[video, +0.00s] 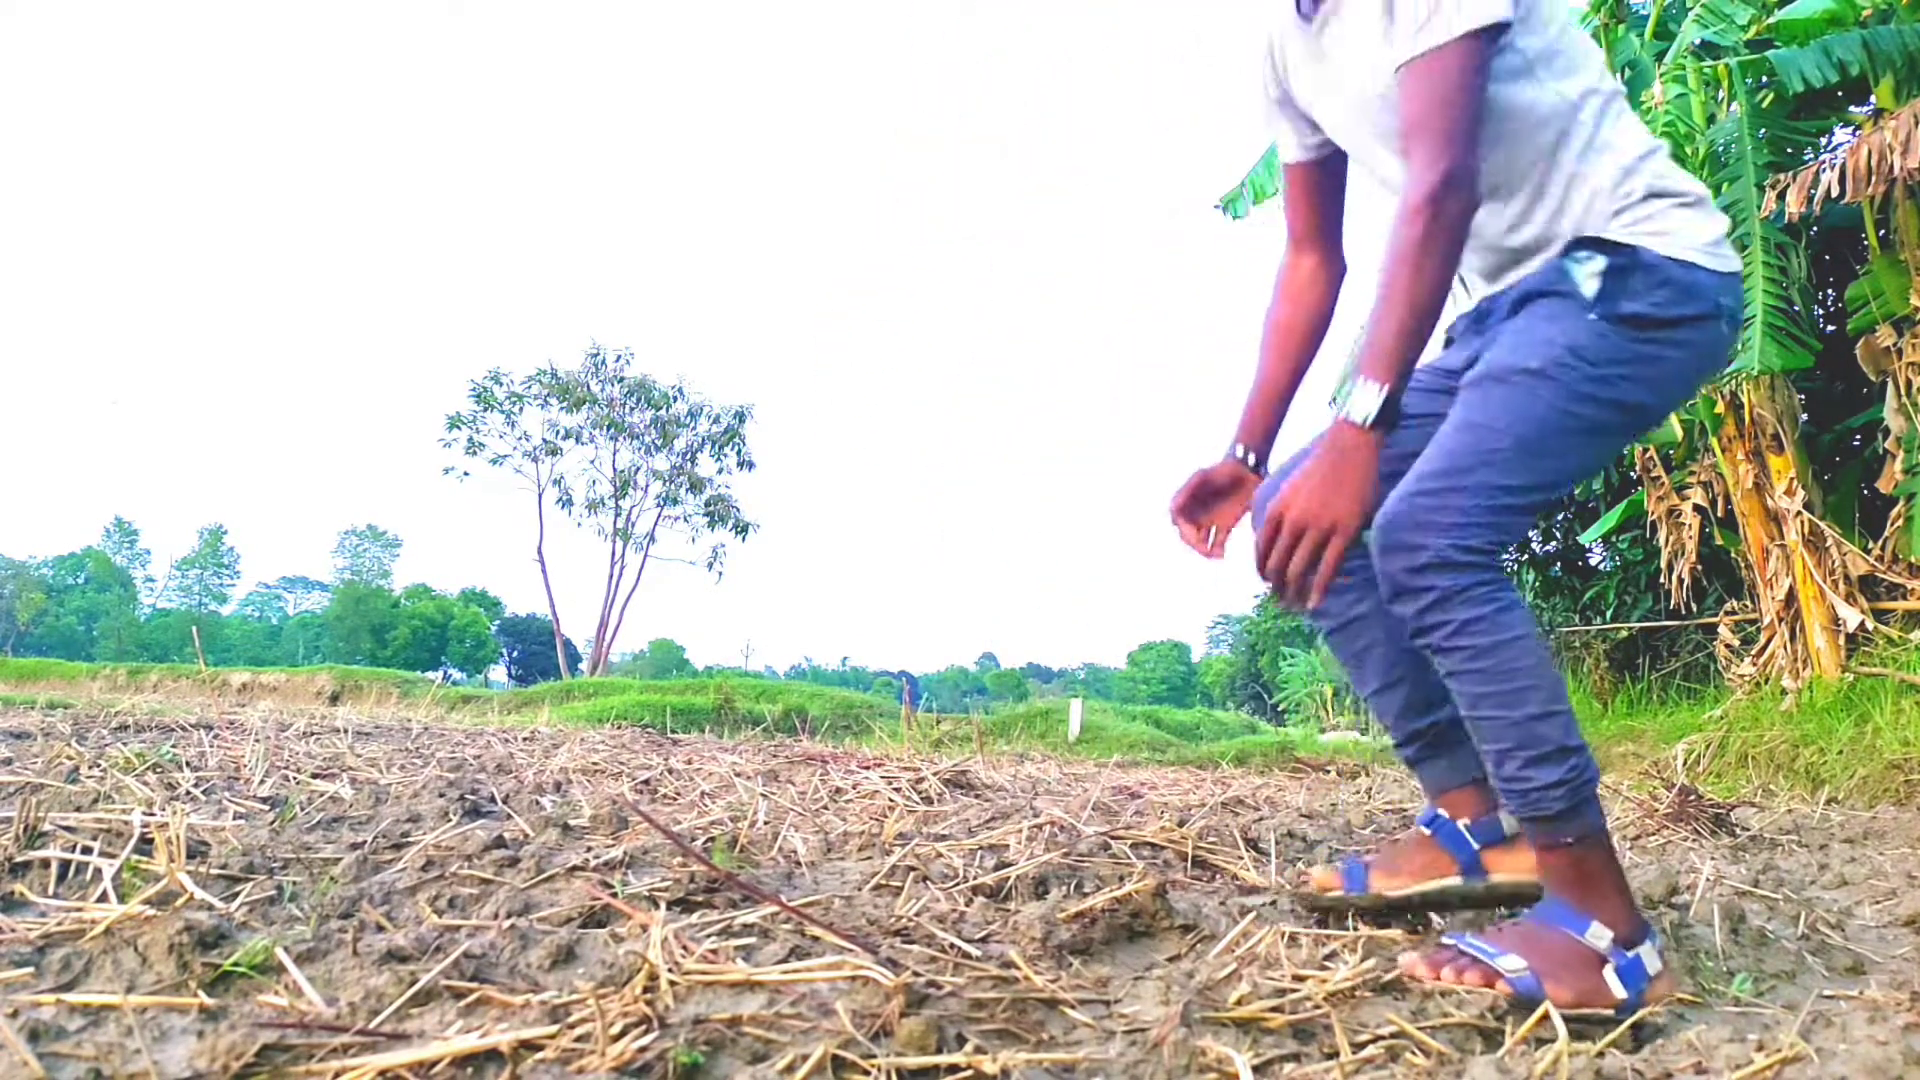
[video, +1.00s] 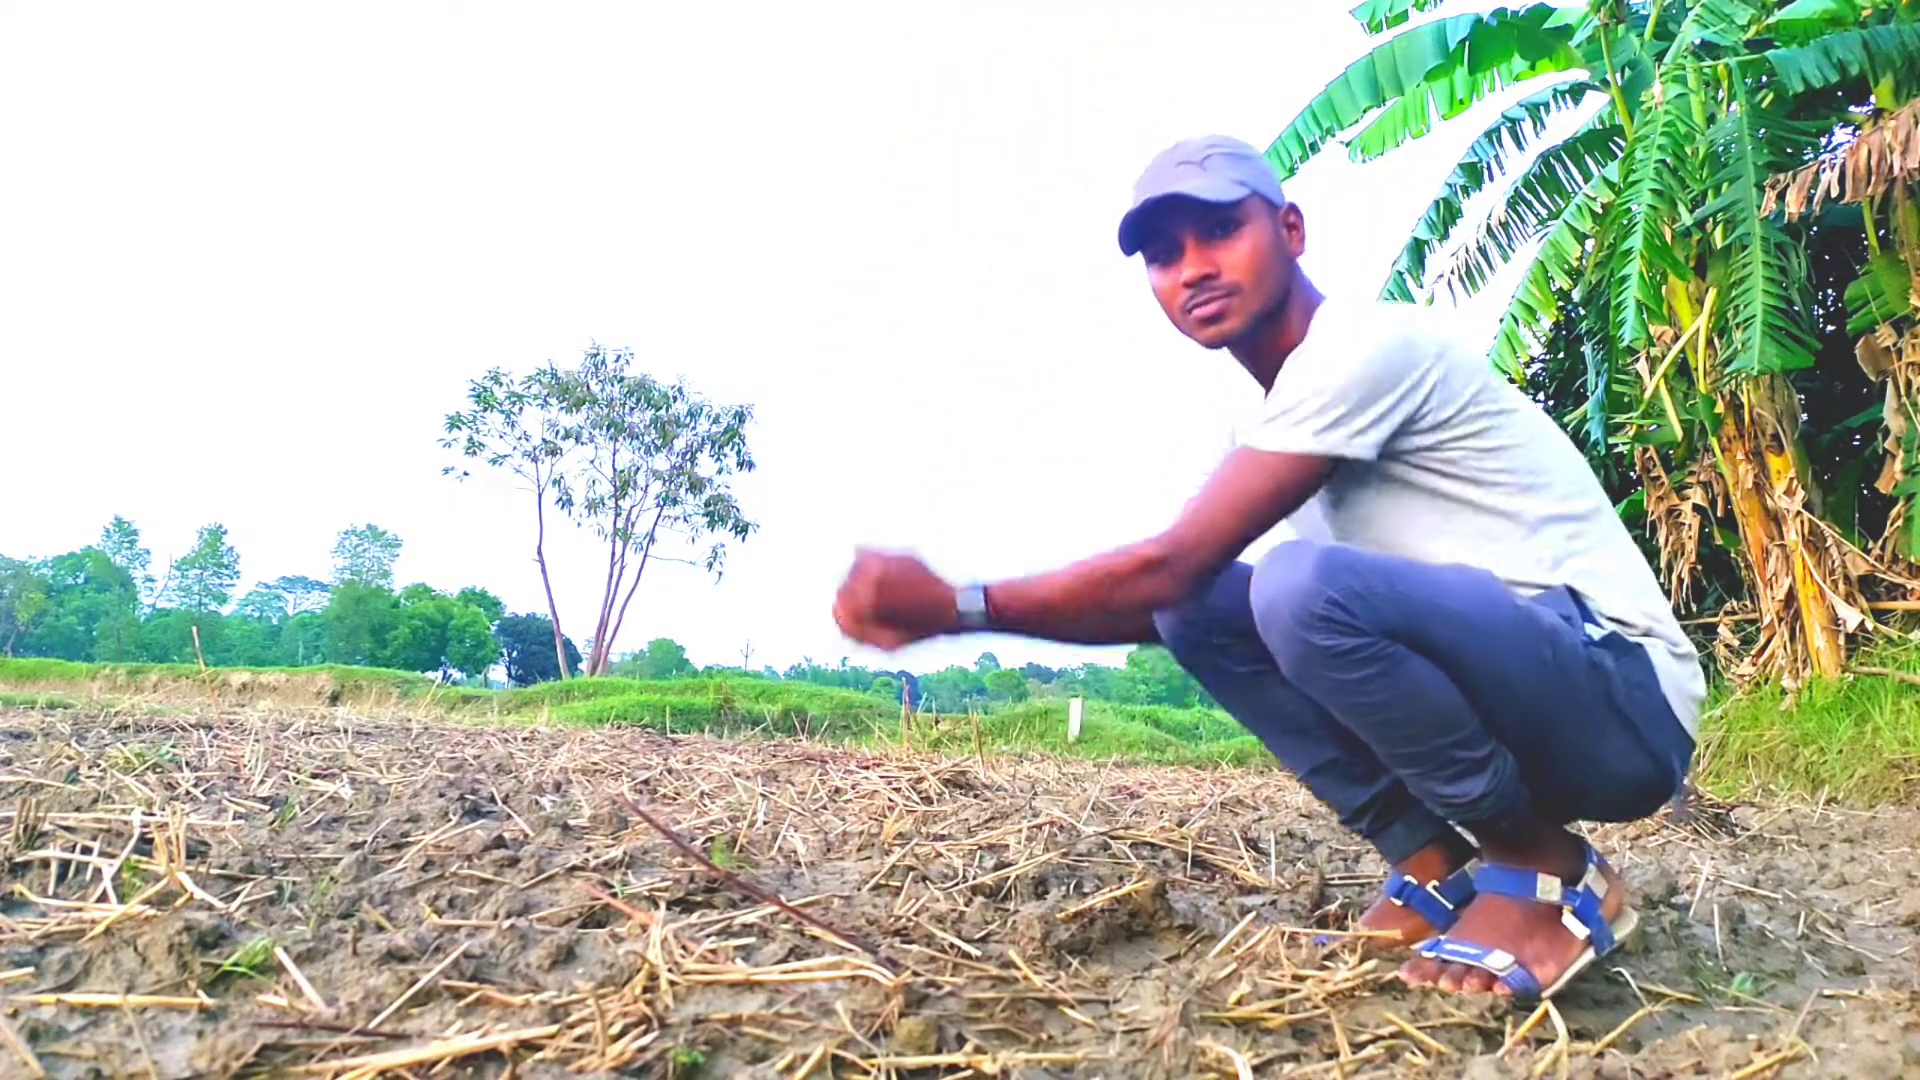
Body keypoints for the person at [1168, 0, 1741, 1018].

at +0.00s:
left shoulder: (1439, 4)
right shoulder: (1289, 37)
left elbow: (1441, 190)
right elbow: (1310, 251)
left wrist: (1357, 427)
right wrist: (1249, 450)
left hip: (1631, 268)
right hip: (1506, 303)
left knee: (1426, 541)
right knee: (1310, 531)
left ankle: (1599, 921)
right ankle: (1477, 825)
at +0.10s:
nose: (1179, 55)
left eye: (1180, 18)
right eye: (1157, 39)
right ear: (1162, 42)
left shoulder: (1418, 24)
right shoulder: (1276, 129)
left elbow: (1364, 300)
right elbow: (1275, 344)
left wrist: (1272, 538)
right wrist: (1208, 549)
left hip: (1693, 299)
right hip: (1564, 326)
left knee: (1442, 543)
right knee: (1332, 530)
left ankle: (1607, 926)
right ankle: (1472, 861)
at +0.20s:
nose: (1186, 140)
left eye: (1190, 91)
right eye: (1153, 129)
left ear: (1257, 40)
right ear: (1147, 149)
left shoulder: (1408, 103)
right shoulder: (1267, 230)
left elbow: (1321, 392)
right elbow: (1231, 436)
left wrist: (1187, 614)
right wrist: (1142, 621)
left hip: (1714, 346)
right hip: (1583, 374)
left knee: (1438, 541)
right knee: (1332, 531)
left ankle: (1603, 924)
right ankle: (1471, 875)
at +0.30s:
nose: (1185, 259)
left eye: (1191, 211)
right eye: (1149, 250)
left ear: (1251, 168)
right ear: (1142, 270)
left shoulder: (1386, 222)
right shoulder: (1262, 335)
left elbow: (1265, 512)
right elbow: (1192, 523)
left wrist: (1087, 701)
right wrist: (1060, 687)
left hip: (1720, 457)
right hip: (1596, 469)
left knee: (1424, 543)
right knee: (1310, 552)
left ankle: (1581, 917)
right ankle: (1463, 880)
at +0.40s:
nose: (1175, 334)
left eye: (1184, 286)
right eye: (1140, 321)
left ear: (1256, 247)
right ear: (1134, 342)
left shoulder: (1371, 342)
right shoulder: (1250, 416)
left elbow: (1221, 606)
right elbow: (1182, 603)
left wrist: (1039, 769)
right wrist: (1037, 763)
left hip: (1696, 618)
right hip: (1584, 638)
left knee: (1383, 558)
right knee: (1274, 579)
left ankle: (1569, 898)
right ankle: (1454, 873)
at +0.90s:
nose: (1177, 293)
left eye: (1205, 250)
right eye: (1148, 275)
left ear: (1277, 247)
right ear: (1138, 306)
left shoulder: (1361, 370)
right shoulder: (1247, 449)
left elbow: (1177, 613)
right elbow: (1182, 632)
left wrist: (984, 697)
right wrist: (984, 696)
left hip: (1629, 706)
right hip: (1522, 724)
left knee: (1306, 588)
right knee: (1216, 617)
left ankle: (1543, 883)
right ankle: (1443, 869)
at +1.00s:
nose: (1189, 268)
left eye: (1218, 227)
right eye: (1160, 251)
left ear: (1292, 232)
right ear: (1150, 286)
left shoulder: (1377, 347)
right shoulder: (1273, 430)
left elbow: (1167, 569)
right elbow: (1159, 607)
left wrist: (960, 606)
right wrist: (976, 614)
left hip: (1620, 695)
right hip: (1509, 717)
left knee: (1306, 592)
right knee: (1197, 608)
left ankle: (1546, 878)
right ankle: (1443, 872)